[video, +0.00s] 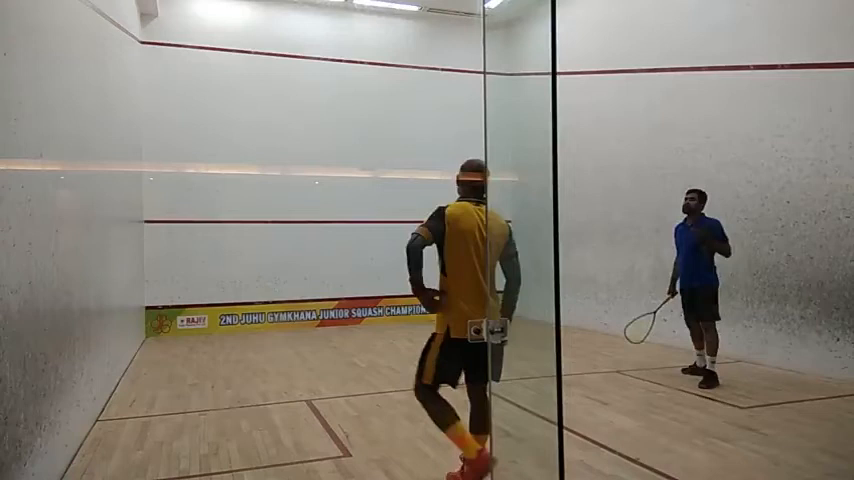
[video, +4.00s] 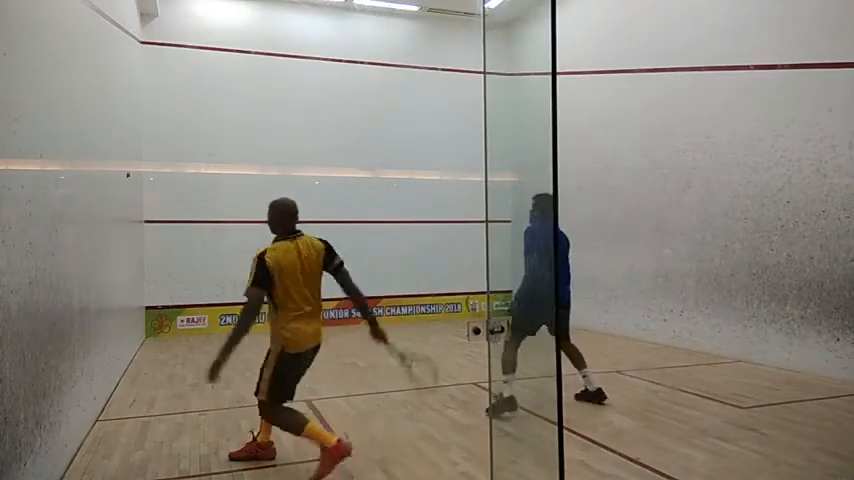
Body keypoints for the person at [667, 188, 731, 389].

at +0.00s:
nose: (686, 203)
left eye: (691, 200)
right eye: (685, 199)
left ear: (701, 204)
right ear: (683, 203)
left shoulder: (712, 225)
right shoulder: (680, 229)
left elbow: (727, 251)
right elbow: (679, 257)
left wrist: (707, 238)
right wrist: (673, 282)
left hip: (706, 284)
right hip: (687, 284)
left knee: (708, 325)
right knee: (692, 323)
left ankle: (711, 370)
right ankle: (700, 363)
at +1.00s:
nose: (672, 205)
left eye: (676, 201)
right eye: (670, 201)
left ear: (686, 203)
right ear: (666, 203)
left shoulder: (700, 224)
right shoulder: (661, 229)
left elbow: (711, 252)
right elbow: (656, 255)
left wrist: (716, 278)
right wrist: (652, 278)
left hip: (695, 286)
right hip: (670, 287)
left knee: (698, 325)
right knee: (667, 326)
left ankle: (711, 369)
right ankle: (667, 370)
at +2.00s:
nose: (690, 206)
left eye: (693, 202)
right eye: (685, 203)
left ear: (700, 202)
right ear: (680, 205)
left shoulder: (715, 227)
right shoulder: (673, 226)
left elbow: (714, 259)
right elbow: (668, 254)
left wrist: (701, 283)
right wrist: (676, 252)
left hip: (702, 287)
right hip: (676, 287)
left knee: (706, 332)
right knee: (665, 328)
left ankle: (712, 373)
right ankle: (670, 366)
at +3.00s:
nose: (597, 206)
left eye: (600, 203)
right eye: (598, 202)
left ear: (609, 206)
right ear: (611, 205)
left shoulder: (617, 225)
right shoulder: (617, 223)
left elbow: (630, 250)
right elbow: (620, 242)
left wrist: (642, 275)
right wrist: (636, 240)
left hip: (630, 288)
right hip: (625, 287)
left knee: (623, 331)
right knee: (622, 331)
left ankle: (656, 370)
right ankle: (635, 377)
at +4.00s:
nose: (530, 212)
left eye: (534, 209)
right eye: (532, 208)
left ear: (540, 212)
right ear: (552, 212)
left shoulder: (531, 233)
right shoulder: (561, 238)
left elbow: (532, 273)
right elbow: (564, 277)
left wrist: (517, 298)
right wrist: (563, 306)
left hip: (533, 301)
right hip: (559, 302)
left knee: (511, 343)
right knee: (565, 343)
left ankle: (507, 395)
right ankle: (592, 386)